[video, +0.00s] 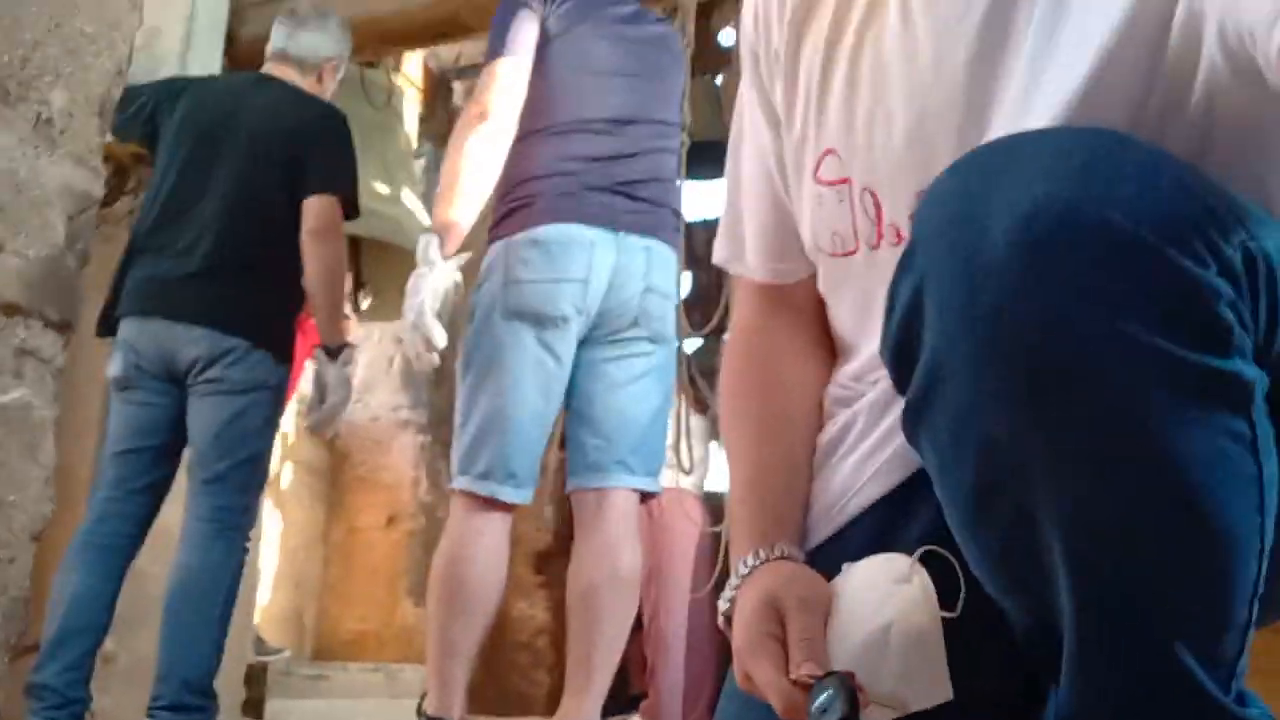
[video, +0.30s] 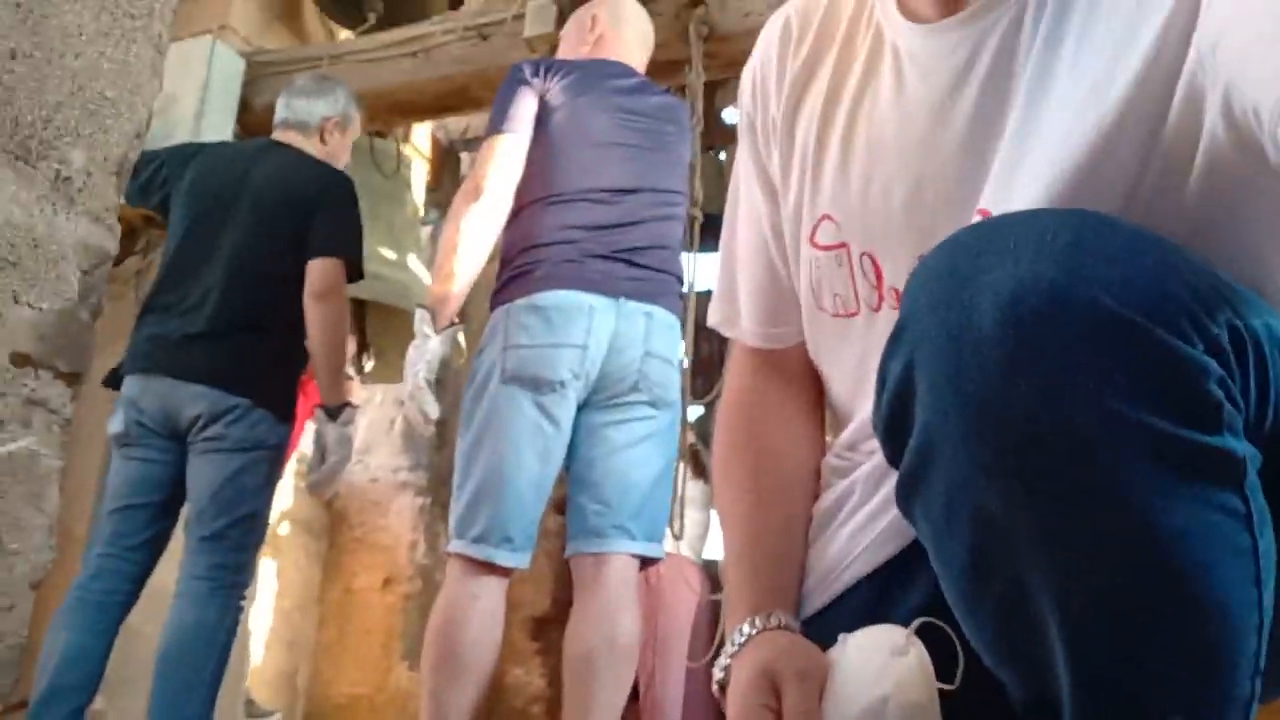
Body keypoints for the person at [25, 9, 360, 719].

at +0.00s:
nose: (338, 89)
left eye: (339, 80)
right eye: (341, 79)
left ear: (268, 55)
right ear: (328, 72)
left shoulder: (194, 93)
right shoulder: (322, 122)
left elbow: (118, 110)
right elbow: (320, 226)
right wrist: (334, 337)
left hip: (148, 317)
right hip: (241, 334)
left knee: (113, 508)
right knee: (217, 520)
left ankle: (52, 702)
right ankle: (180, 707)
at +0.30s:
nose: (352, 155)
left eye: (356, 143)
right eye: (353, 141)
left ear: (278, 124)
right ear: (332, 130)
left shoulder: (204, 159)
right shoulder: (327, 187)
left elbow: (125, 176)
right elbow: (323, 288)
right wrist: (335, 399)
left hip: (152, 375)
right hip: (243, 395)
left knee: (111, 564)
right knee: (211, 582)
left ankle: (50, 711)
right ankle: (176, 715)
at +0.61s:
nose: (282, 193)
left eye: (287, 178)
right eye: (279, 174)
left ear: (213, 159)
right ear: (240, 158)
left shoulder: (119, 196)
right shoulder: (238, 223)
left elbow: (53, 207)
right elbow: (227, 331)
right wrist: (239, 452)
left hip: (53, 420)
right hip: (150, 442)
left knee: (13, 609)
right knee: (115, 630)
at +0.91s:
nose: (409, 199)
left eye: (412, 186)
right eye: (405, 182)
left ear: (340, 173)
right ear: (366, 171)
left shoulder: (258, 216)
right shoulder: (369, 237)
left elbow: (195, 231)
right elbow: (362, 338)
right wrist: (376, 458)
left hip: (210, 438)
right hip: (298, 453)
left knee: (182, 621)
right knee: (279, 633)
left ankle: (138, 714)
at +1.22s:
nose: (385, 223)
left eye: (387, 208)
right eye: (381, 205)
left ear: (307, 198)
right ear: (343, 196)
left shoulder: (230, 242)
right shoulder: (345, 260)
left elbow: (169, 265)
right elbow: (339, 361)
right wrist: (354, 473)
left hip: (182, 459)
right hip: (270, 475)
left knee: (147, 647)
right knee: (247, 658)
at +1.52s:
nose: (263, 190)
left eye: (267, 175)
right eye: (260, 171)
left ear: (187, 157)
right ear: (222, 158)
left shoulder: (96, 199)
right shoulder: (220, 222)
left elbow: (26, 212)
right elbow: (211, 339)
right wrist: (228, 457)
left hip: (39, 434)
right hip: (140, 450)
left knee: (12, 627)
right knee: (115, 641)